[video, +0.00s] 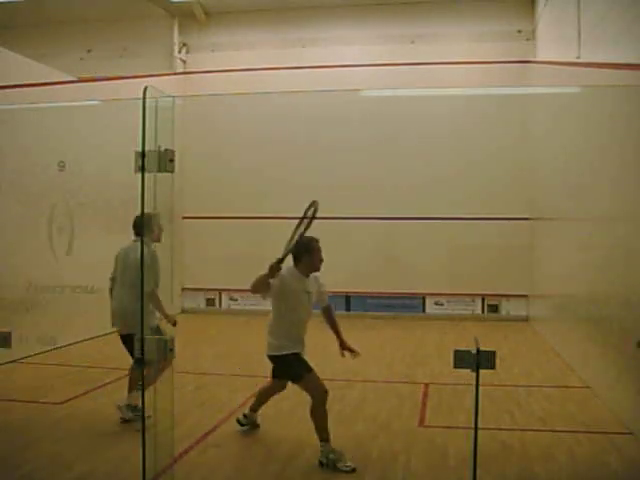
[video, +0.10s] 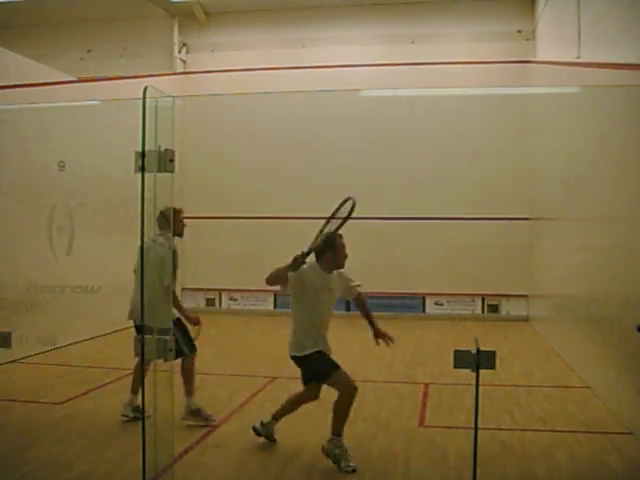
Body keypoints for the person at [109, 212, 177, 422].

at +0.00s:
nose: (162, 230)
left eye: (160, 225)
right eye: (159, 226)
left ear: (138, 230)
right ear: (150, 229)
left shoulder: (123, 252)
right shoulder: (149, 253)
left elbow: (113, 285)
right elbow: (150, 291)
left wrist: (118, 311)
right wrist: (167, 315)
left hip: (122, 322)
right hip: (140, 322)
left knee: (139, 361)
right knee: (165, 357)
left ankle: (132, 404)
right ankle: (133, 398)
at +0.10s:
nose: (184, 224)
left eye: (182, 220)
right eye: (180, 220)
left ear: (162, 223)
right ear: (169, 223)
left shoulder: (147, 245)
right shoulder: (168, 249)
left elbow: (137, 274)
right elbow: (169, 289)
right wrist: (188, 315)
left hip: (141, 314)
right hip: (162, 316)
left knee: (145, 358)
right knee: (189, 352)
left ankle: (131, 403)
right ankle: (191, 405)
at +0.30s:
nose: (227, 233)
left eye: (226, 229)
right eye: (224, 229)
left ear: (205, 233)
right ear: (213, 232)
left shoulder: (186, 254)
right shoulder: (215, 258)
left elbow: (177, 283)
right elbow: (216, 296)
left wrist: (189, 307)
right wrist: (236, 324)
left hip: (181, 322)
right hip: (207, 324)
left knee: (164, 359)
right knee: (233, 358)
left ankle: (138, 400)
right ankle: (228, 409)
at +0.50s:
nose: (249, 225)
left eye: (248, 220)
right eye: (247, 221)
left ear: (226, 223)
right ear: (241, 224)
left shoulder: (209, 244)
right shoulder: (243, 249)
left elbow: (198, 276)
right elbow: (246, 288)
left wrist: (209, 298)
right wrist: (252, 315)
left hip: (199, 309)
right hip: (225, 312)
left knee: (191, 352)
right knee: (238, 354)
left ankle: (178, 396)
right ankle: (232, 401)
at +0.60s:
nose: (255, 227)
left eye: (254, 223)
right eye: (254, 223)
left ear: (233, 226)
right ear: (249, 226)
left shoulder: (216, 246)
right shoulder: (252, 248)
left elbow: (200, 274)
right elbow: (256, 286)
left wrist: (203, 297)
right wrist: (252, 310)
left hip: (204, 305)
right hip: (231, 307)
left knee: (204, 351)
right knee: (254, 350)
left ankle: (194, 400)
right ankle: (245, 403)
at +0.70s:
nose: (259, 242)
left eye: (257, 238)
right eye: (258, 239)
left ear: (236, 241)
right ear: (256, 241)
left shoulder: (219, 261)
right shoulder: (260, 263)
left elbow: (198, 288)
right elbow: (271, 298)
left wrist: (200, 314)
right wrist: (256, 310)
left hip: (212, 321)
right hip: (239, 321)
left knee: (215, 357)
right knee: (264, 364)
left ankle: (206, 404)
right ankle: (266, 420)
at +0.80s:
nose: (259, 261)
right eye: (258, 258)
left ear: (237, 261)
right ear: (256, 260)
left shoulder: (224, 280)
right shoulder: (262, 282)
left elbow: (204, 303)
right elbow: (272, 319)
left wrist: (198, 332)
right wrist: (251, 317)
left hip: (219, 336)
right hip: (246, 337)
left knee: (220, 361)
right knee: (274, 378)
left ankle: (206, 399)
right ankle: (268, 432)